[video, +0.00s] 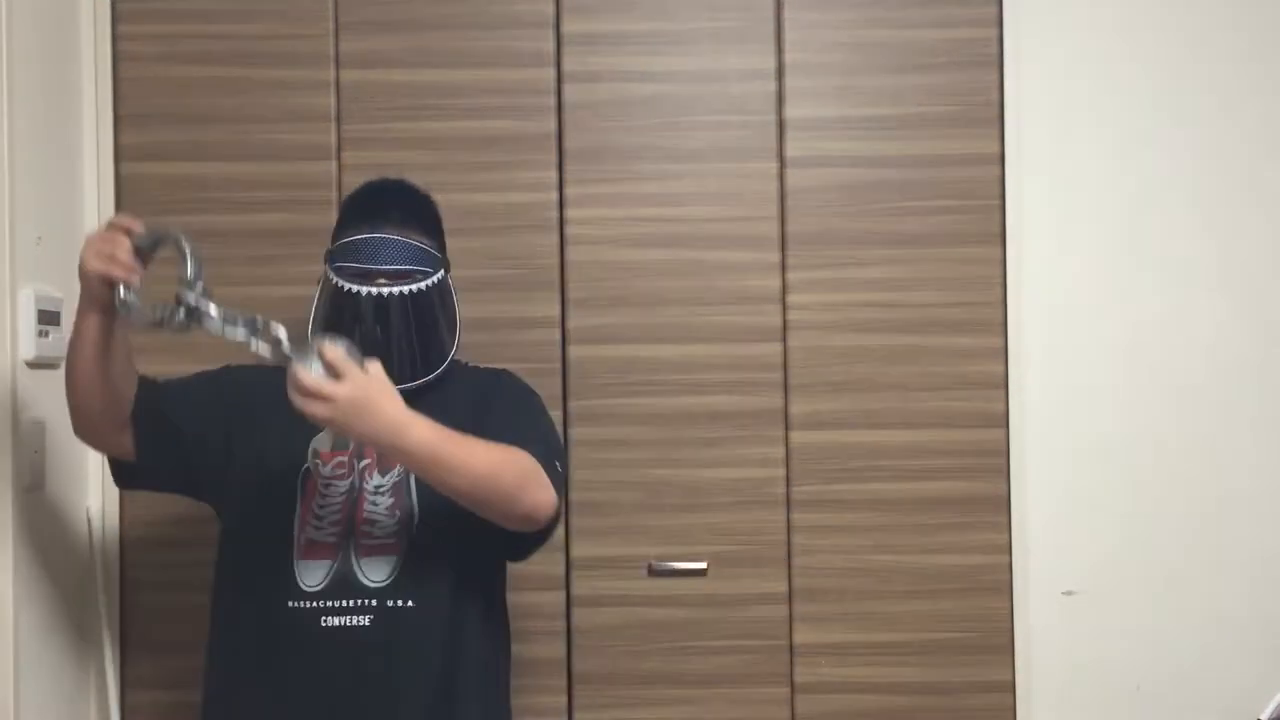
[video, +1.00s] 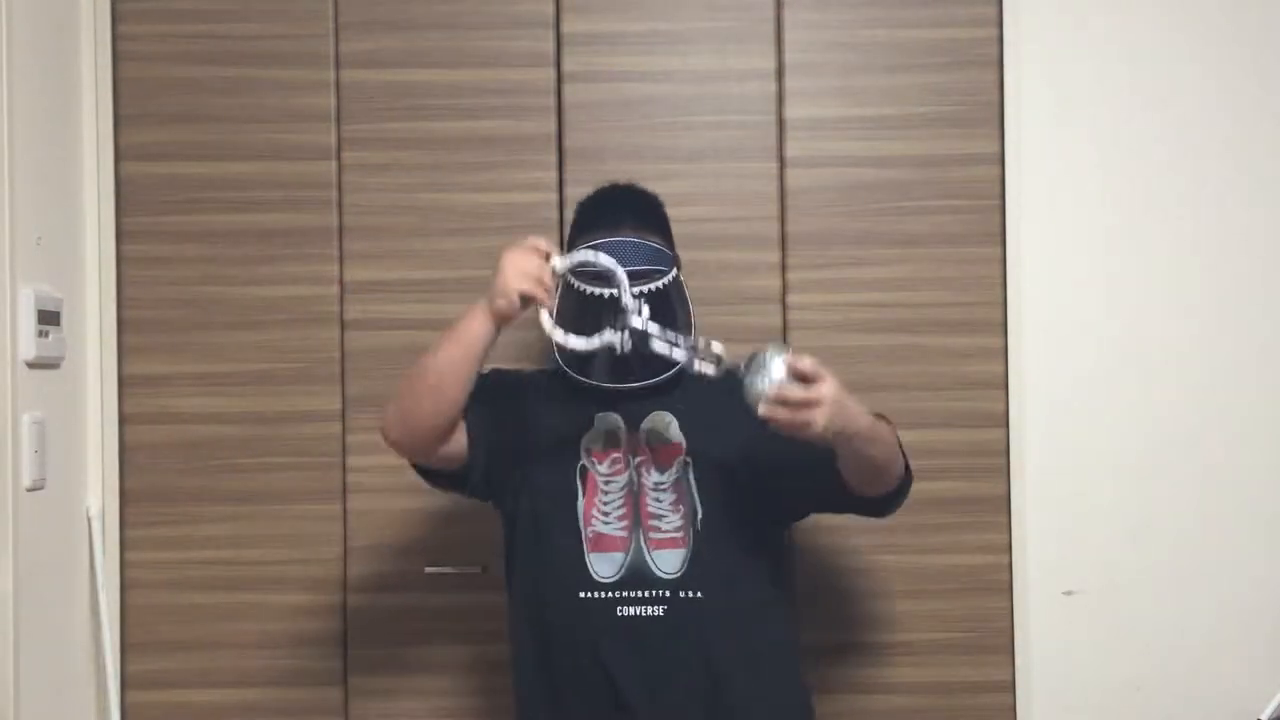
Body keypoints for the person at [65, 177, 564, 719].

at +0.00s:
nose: (382, 306)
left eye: (404, 284)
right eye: (360, 283)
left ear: (442, 290)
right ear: (329, 284)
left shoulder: (491, 403)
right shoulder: (257, 401)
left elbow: (533, 504)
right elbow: (109, 421)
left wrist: (392, 425)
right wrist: (98, 306)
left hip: (441, 703)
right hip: (267, 703)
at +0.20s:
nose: (406, 304)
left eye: (429, 286)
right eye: (388, 282)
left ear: (465, 291)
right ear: (355, 283)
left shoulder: (517, 417)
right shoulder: (278, 414)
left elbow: (588, 547)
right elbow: (181, 515)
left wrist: (457, 581)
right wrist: (149, 470)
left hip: (464, 705)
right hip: (298, 704)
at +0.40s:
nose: (470, 332)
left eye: (491, 312)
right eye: (449, 311)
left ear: (524, 311)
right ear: (417, 306)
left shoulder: (585, 439)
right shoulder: (346, 441)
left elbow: (619, 602)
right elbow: (298, 574)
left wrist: (577, 708)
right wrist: (291, 648)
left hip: (521, 699)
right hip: (369, 701)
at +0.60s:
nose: (558, 324)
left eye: (579, 304)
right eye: (538, 305)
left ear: (611, 301)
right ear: (505, 302)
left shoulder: (681, 423)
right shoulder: (448, 433)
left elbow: (765, 536)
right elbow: (350, 567)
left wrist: (705, 628)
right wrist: (388, 546)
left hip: (641, 704)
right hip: (488, 704)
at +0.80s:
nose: (606, 295)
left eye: (626, 271)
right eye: (580, 274)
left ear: (656, 278)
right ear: (545, 284)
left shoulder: (724, 398)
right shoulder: (505, 410)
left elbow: (866, 485)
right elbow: (396, 447)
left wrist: (813, 416)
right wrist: (464, 324)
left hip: (704, 696)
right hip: (552, 696)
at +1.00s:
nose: (625, 288)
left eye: (645, 266)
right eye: (601, 268)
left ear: (674, 276)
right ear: (565, 281)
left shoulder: (743, 405)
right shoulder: (522, 413)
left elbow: (885, 487)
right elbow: (409, 431)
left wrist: (850, 422)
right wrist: (490, 315)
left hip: (738, 697)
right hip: (575, 699)